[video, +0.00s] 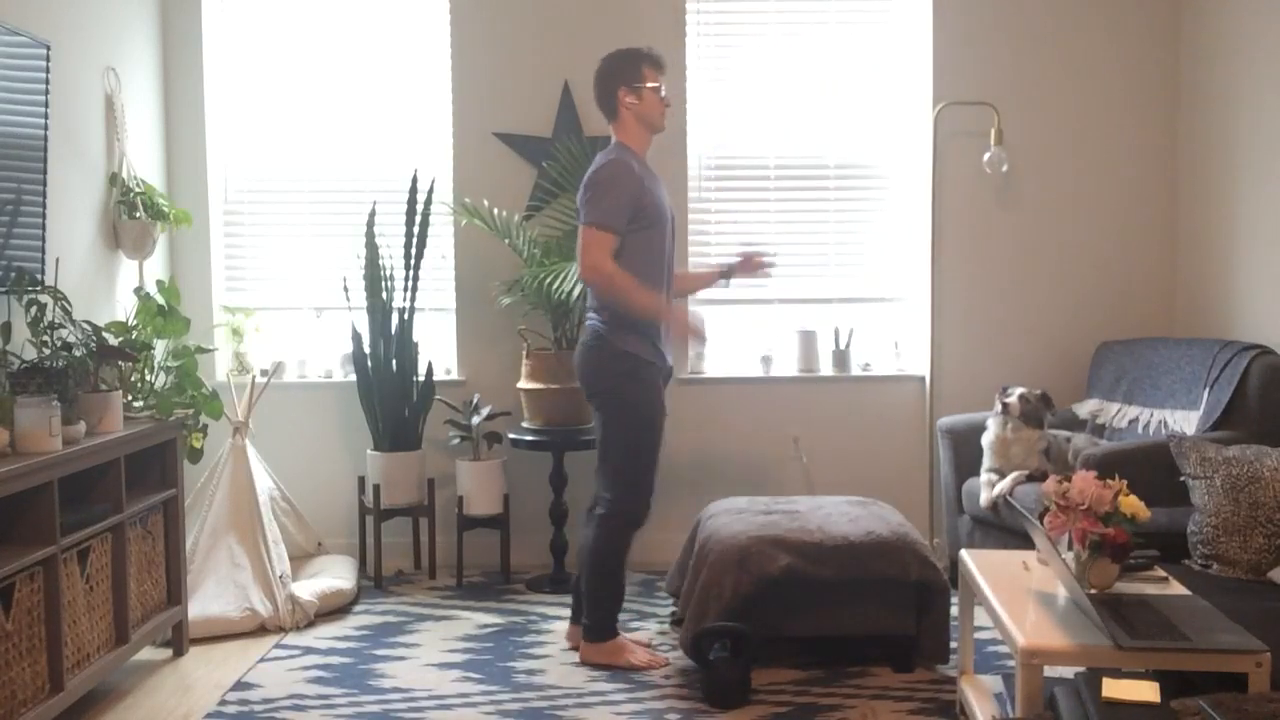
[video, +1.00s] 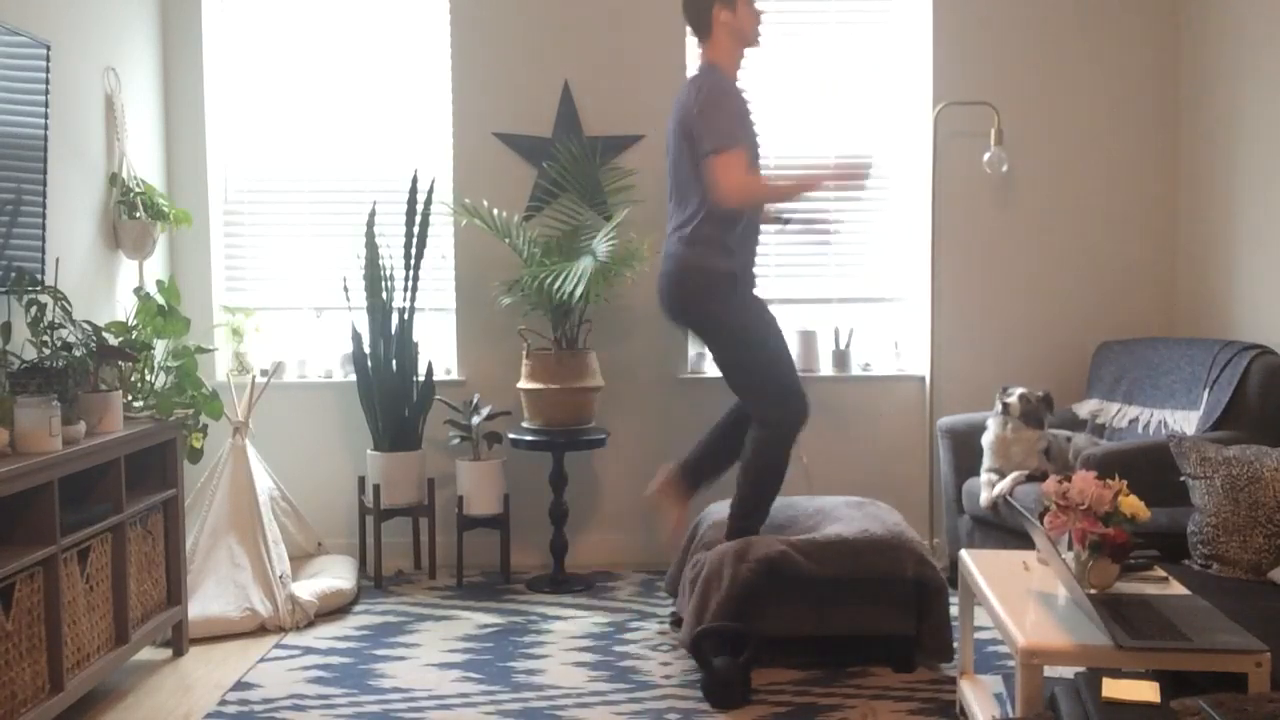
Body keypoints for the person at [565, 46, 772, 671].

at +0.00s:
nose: (668, 99)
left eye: (665, 89)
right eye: (658, 89)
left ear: (634, 101)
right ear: (626, 99)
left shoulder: (641, 173)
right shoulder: (615, 168)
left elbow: (658, 282)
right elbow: (593, 267)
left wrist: (726, 270)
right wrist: (665, 312)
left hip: (636, 352)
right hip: (621, 354)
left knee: (617, 498)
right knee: (626, 502)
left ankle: (587, 625)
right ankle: (599, 638)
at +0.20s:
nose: (672, 101)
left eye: (669, 92)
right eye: (662, 92)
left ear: (640, 102)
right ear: (632, 101)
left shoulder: (650, 186)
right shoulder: (607, 172)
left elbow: (699, 261)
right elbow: (564, 264)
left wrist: (719, 196)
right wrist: (571, 356)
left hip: (624, 352)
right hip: (614, 352)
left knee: (601, 493)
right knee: (716, 444)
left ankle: (582, 624)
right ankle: (628, 549)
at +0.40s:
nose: (686, 105)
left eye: (684, 95)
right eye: (675, 95)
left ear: (654, 106)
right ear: (643, 105)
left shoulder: (669, 188)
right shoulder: (618, 172)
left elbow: (735, 233)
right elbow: (562, 255)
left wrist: (717, 172)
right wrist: (550, 351)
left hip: (628, 344)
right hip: (619, 339)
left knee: (613, 491)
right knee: (759, 338)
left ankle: (583, 623)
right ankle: (687, 452)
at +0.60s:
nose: (708, 115)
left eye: (704, 105)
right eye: (698, 105)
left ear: (673, 116)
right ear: (669, 115)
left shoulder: (689, 197)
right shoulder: (641, 185)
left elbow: (762, 232)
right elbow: (587, 271)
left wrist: (732, 175)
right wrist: (581, 361)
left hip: (643, 356)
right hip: (637, 351)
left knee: (651, 496)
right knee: (779, 361)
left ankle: (588, 618)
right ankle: (742, 494)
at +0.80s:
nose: (739, 89)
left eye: (734, 79)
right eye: (729, 80)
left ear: (700, 94)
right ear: (702, 92)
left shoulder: (711, 175)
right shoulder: (681, 168)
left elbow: (778, 220)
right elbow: (636, 256)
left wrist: (767, 158)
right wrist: (684, 334)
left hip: (677, 344)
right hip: (675, 342)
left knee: (661, 483)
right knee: (803, 407)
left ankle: (595, 604)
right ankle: (742, 529)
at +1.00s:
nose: (758, 14)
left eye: (754, 5)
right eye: (748, 5)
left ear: (718, 22)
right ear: (722, 16)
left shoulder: (707, 91)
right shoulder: (716, 92)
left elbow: (724, 193)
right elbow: (732, 189)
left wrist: (782, 206)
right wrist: (821, 180)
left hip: (704, 276)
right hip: (709, 279)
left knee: (766, 399)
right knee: (783, 410)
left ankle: (680, 483)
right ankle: (739, 548)